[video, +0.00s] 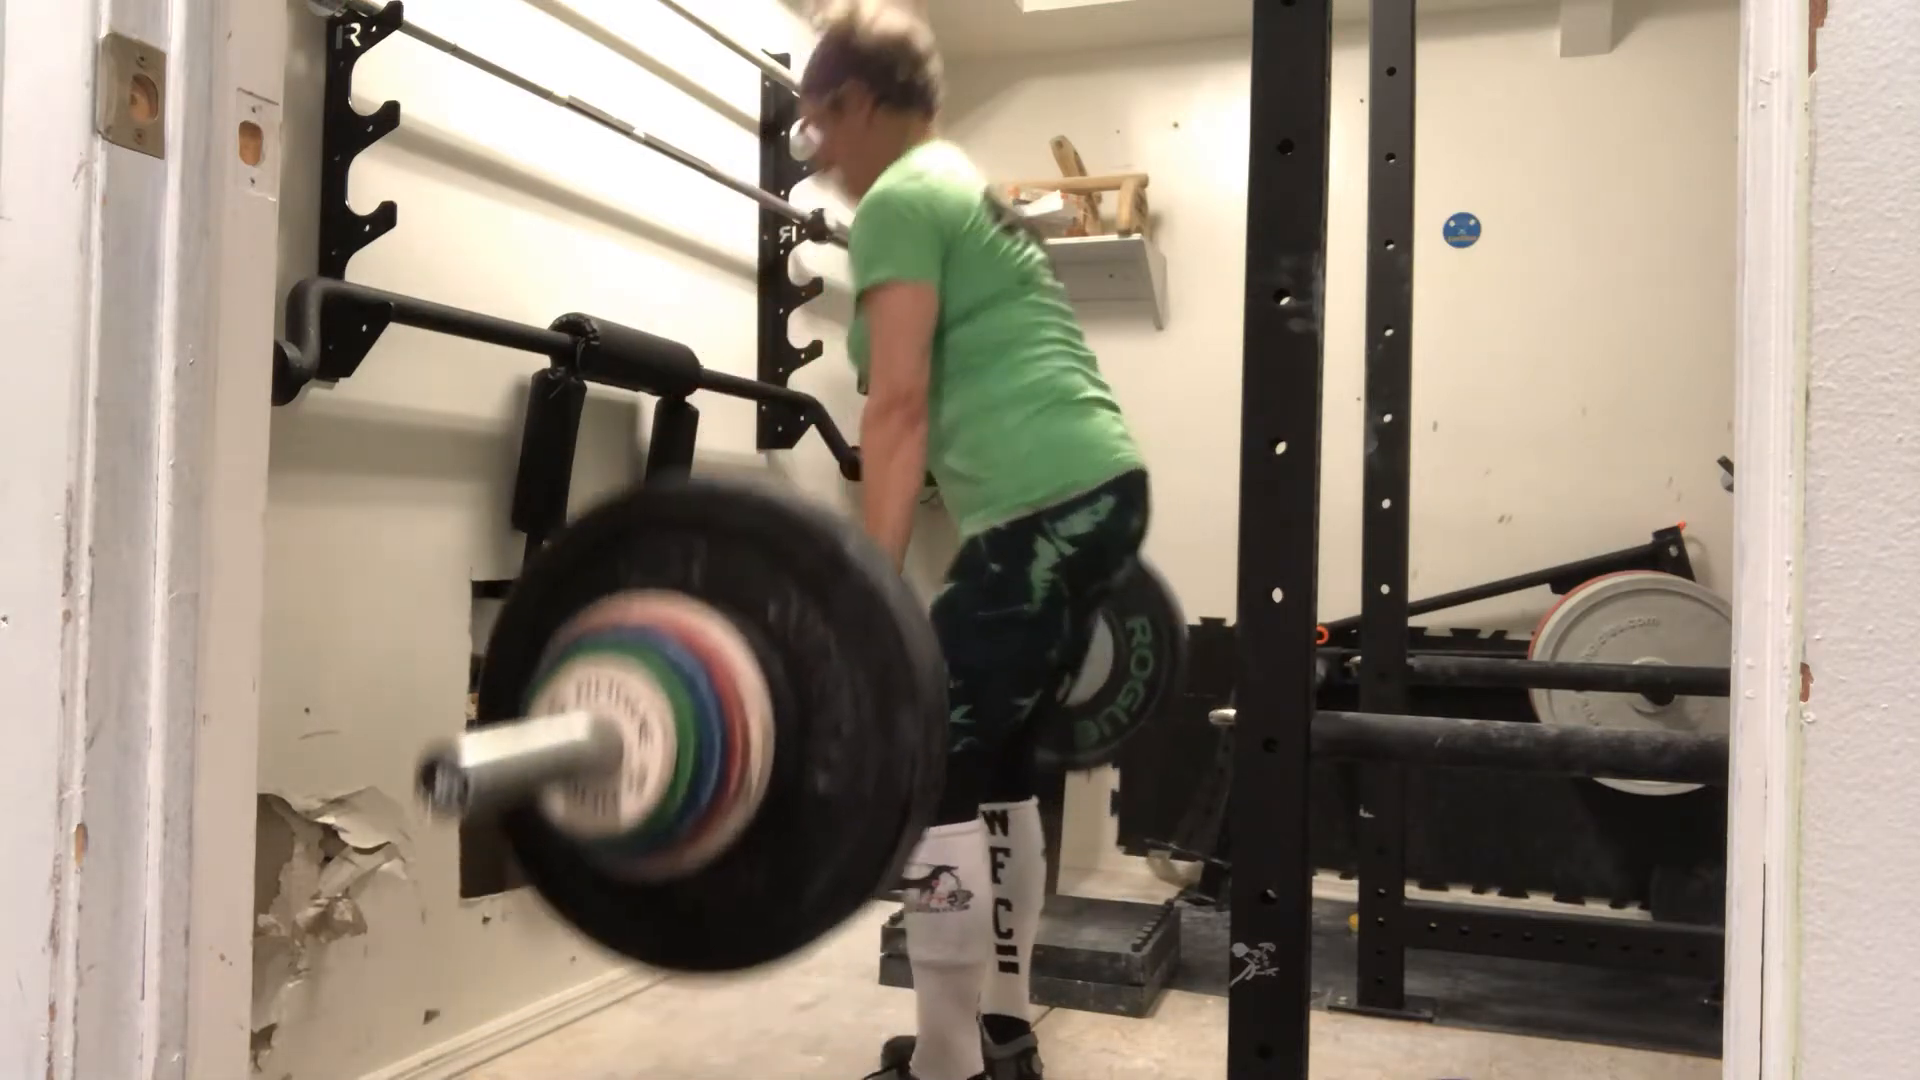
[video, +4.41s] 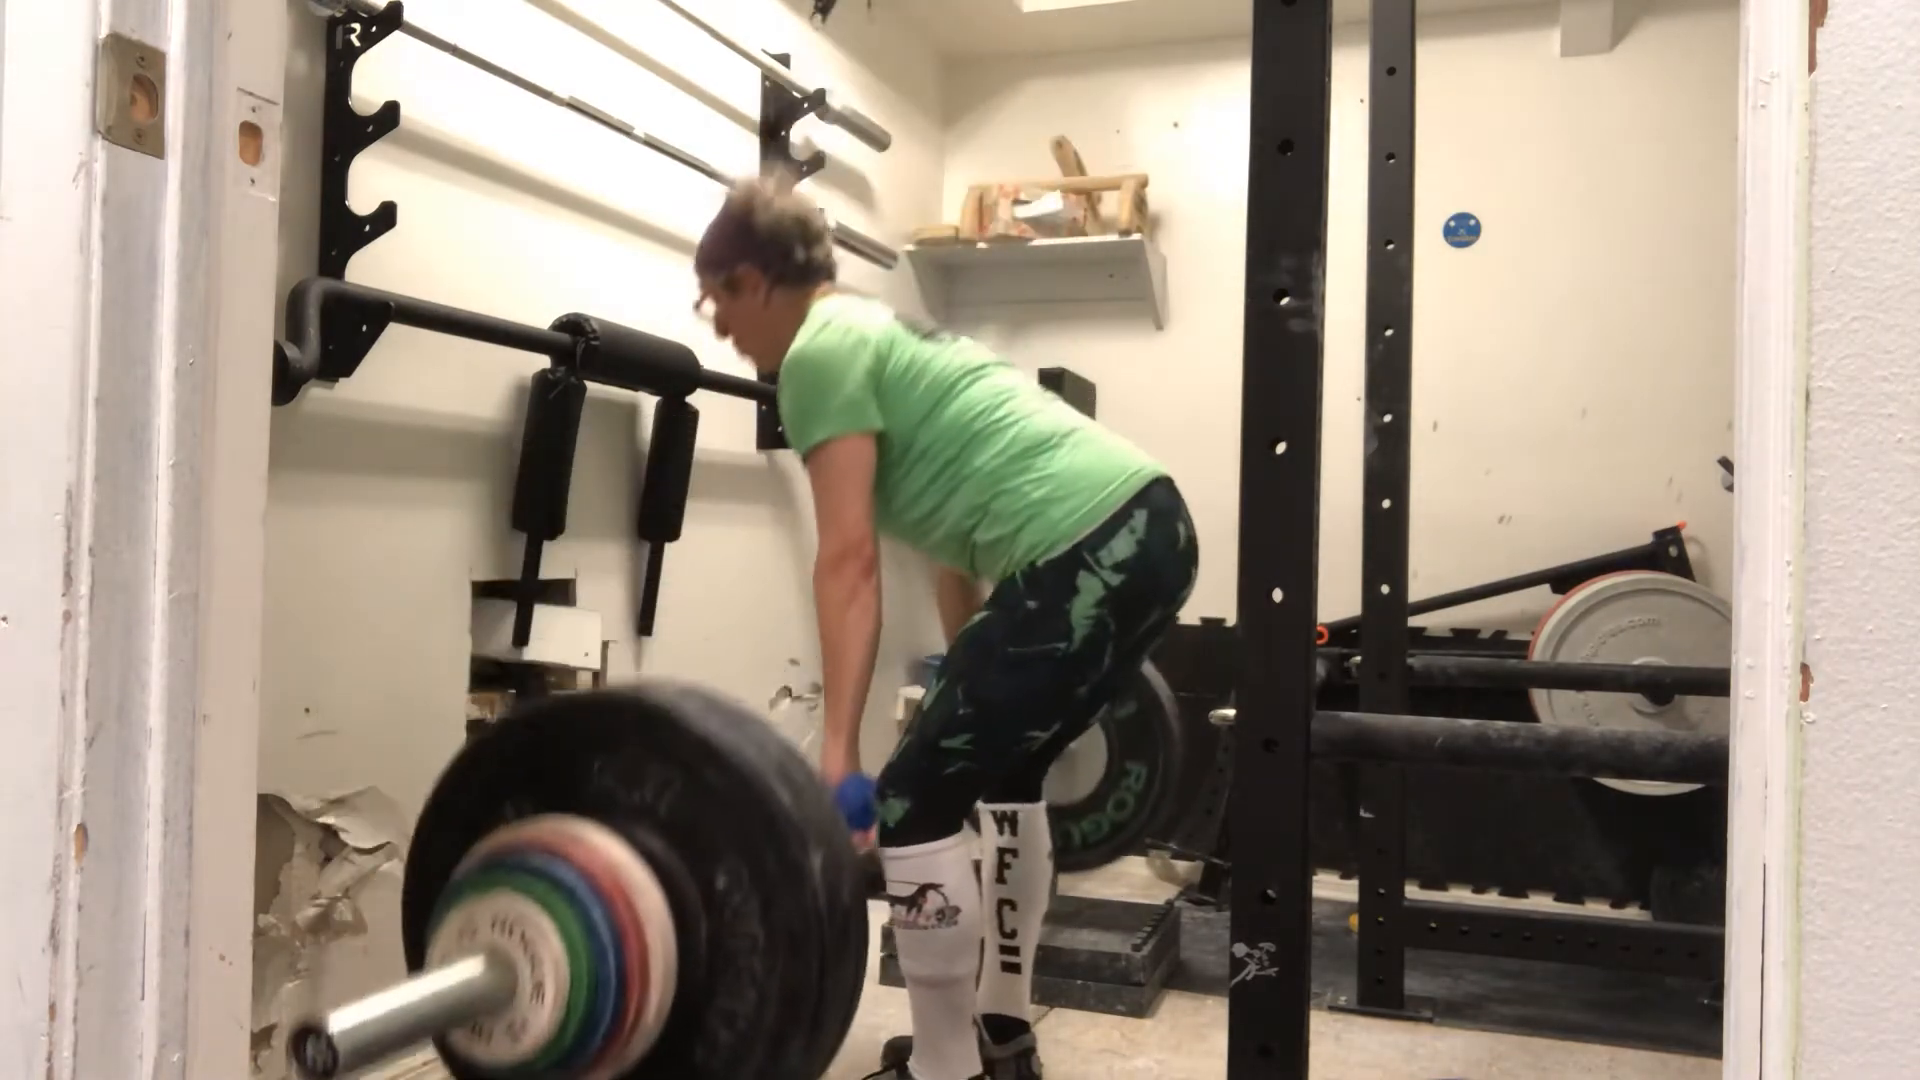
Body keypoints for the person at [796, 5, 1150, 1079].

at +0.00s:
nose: (809, 144)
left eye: (817, 117)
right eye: (807, 121)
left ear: (866, 105)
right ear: (892, 107)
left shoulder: (901, 200)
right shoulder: (950, 185)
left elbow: (897, 407)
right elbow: (934, 395)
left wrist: (868, 586)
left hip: (1039, 509)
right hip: (1092, 491)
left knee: (935, 763)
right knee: (1011, 753)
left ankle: (947, 1060)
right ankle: (1002, 1020)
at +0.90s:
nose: (733, 293)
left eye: (735, 270)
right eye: (729, 275)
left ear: (778, 257)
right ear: (802, 253)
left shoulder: (847, 330)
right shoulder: (896, 318)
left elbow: (870, 540)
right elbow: (965, 540)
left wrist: (853, 733)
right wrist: (981, 688)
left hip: (1103, 542)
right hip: (1142, 522)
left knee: (932, 797)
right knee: (1007, 778)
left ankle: (945, 1062)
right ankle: (1002, 1027)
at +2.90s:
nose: (747, 314)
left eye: (744, 287)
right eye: (741, 292)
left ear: (781, 267)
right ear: (819, 262)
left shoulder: (855, 340)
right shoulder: (919, 323)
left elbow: (874, 561)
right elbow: (978, 546)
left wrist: (867, 750)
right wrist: (989, 699)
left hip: (1115, 549)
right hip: (1163, 523)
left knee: (949, 807)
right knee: (1024, 784)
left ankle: (943, 1063)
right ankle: (1005, 1029)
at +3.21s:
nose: (783, 169)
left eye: (792, 143)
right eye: (785, 145)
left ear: (838, 140)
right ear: (879, 142)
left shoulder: (886, 243)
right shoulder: (945, 227)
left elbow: (891, 461)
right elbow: (996, 435)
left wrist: (870, 653)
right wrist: (991, 599)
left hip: (1077, 524)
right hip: (1129, 502)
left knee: (957, 772)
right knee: (1018, 755)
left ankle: (947, 1062)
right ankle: (1005, 1017)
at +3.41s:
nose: (873, 70)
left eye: (885, 44)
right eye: (871, 48)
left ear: (944, 33)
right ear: (964, 38)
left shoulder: (951, 150)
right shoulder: (1021, 145)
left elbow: (925, 365)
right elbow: (1026, 345)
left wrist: (875, 550)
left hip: (999, 498)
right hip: (1071, 483)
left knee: (961, 784)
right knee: (1026, 757)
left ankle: (950, 1057)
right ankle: (1003, 1020)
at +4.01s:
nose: (784, 172)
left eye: (791, 145)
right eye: (782, 150)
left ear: (846, 130)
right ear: (863, 133)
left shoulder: (880, 230)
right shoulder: (935, 217)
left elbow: (883, 441)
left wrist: (856, 624)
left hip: (1050, 520)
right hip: (1101, 500)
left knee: (916, 769)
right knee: (995, 763)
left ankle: (941, 1061)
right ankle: (999, 1022)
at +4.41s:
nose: (711, 318)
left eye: (717, 293)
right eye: (709, 297)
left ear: (761, 282)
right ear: (790, 277)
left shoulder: (821, 351)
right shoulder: (881, 339)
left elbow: (850, 562)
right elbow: (950, 538)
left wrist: (838, 758)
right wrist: (973, 683)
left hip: (1083, 552)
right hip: (1137, 526)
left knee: (913, 798)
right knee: (1004, 779)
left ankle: (942, 1063)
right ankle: (1001, 1028)